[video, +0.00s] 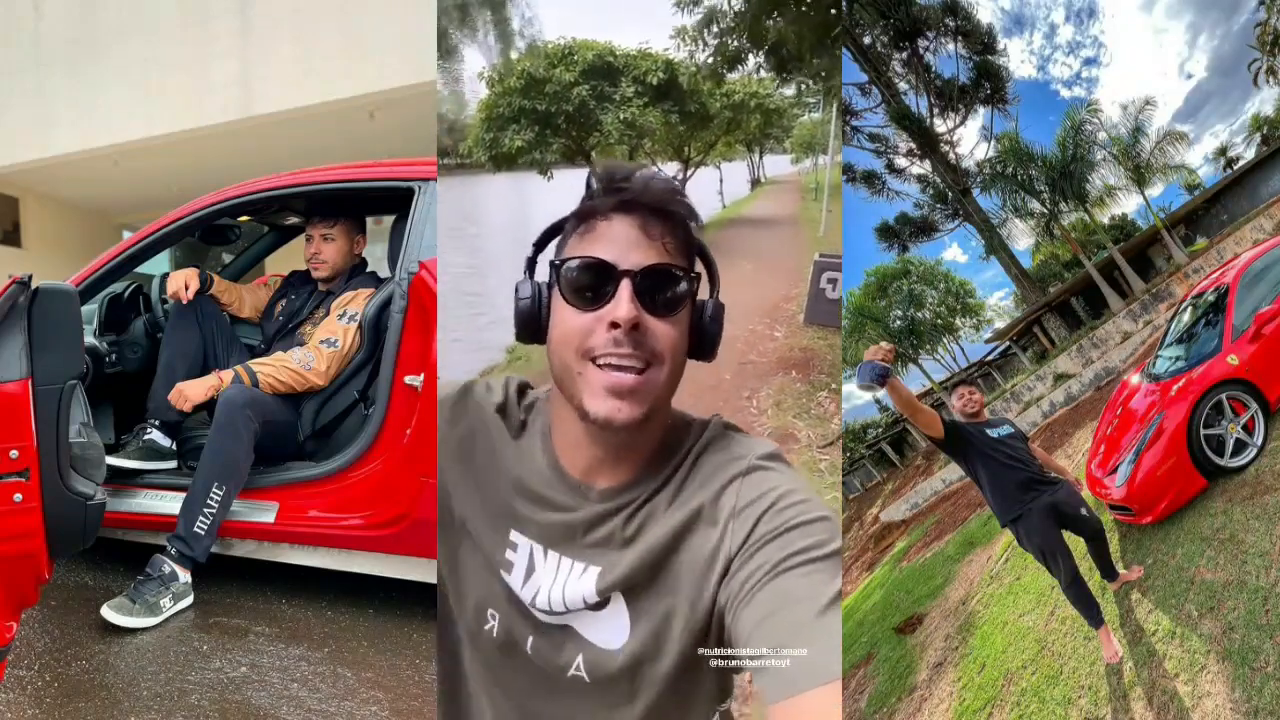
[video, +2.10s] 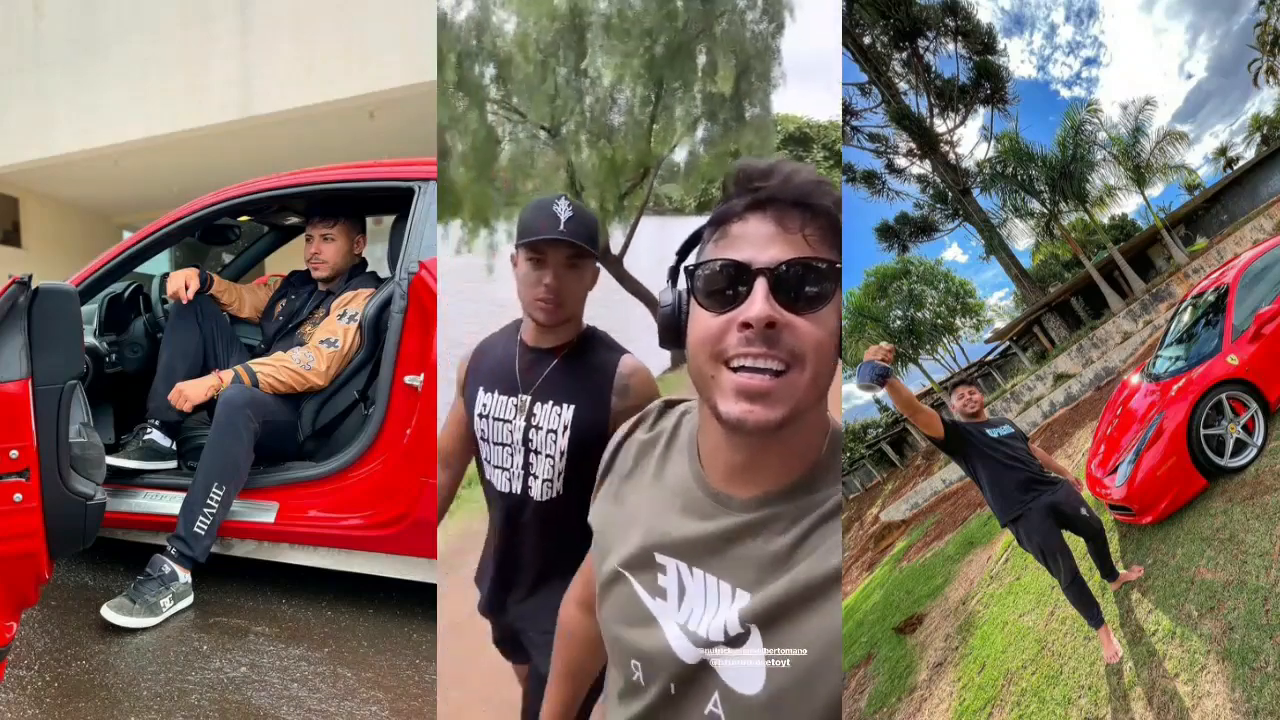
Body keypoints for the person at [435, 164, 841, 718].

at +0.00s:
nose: (625, 313)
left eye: (661, 290)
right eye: (589, 282)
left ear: (699, 327)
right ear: (541, 308)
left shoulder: (759, 514)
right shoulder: (466, 430)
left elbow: (818, 705)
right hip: (471, 706)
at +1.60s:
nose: (660, 301)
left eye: (702, 278)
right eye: (628, 274)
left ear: (748, 324)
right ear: (584, 310)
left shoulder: (817, 521)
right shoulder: (526, 464)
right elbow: (509, 604)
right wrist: (503, 712)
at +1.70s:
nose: (684, 319)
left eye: (723, 293)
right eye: (651, 291)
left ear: (772, 332)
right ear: (609, 322)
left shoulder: (836, 509)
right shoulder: (566, 462)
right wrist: (545, 704)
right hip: (584, 710)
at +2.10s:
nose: (759, 312)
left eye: (802, 285)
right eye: (725, 284)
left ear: (846, 323)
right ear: (681, 315)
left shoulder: (876, 521)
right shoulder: (639, 448)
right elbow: (587, 607)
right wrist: (555, 713)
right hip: (615, 709)